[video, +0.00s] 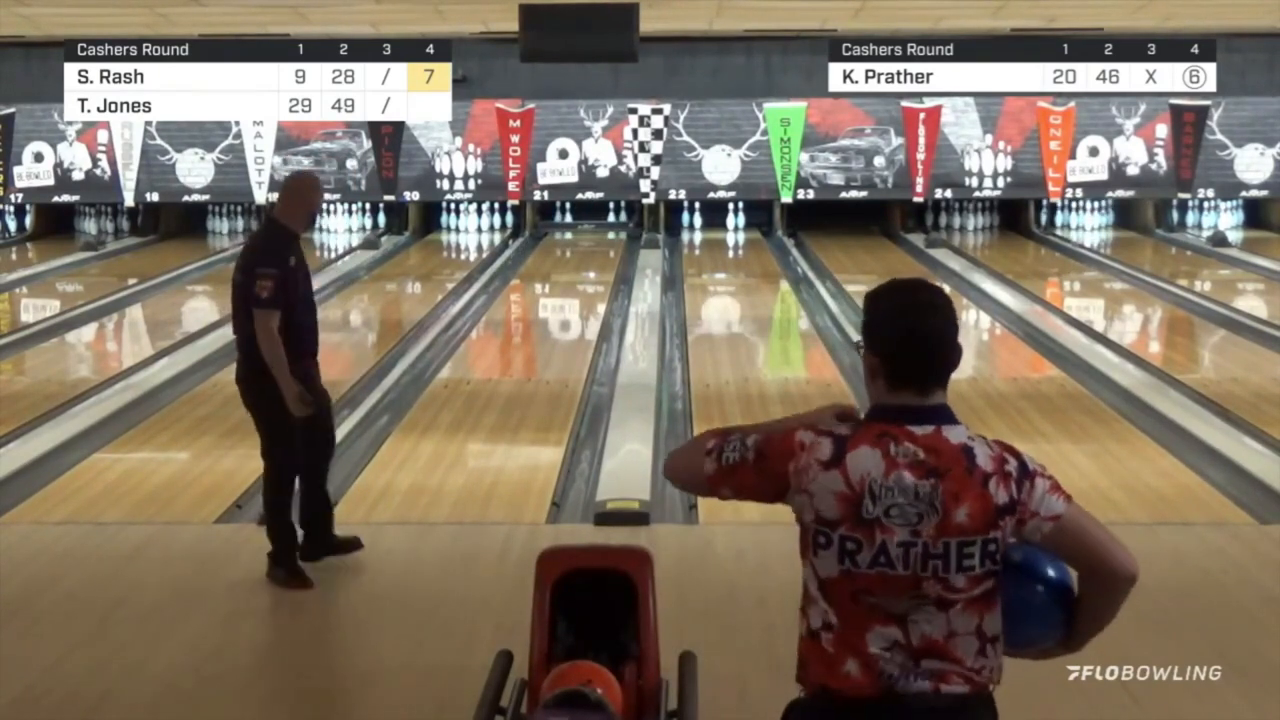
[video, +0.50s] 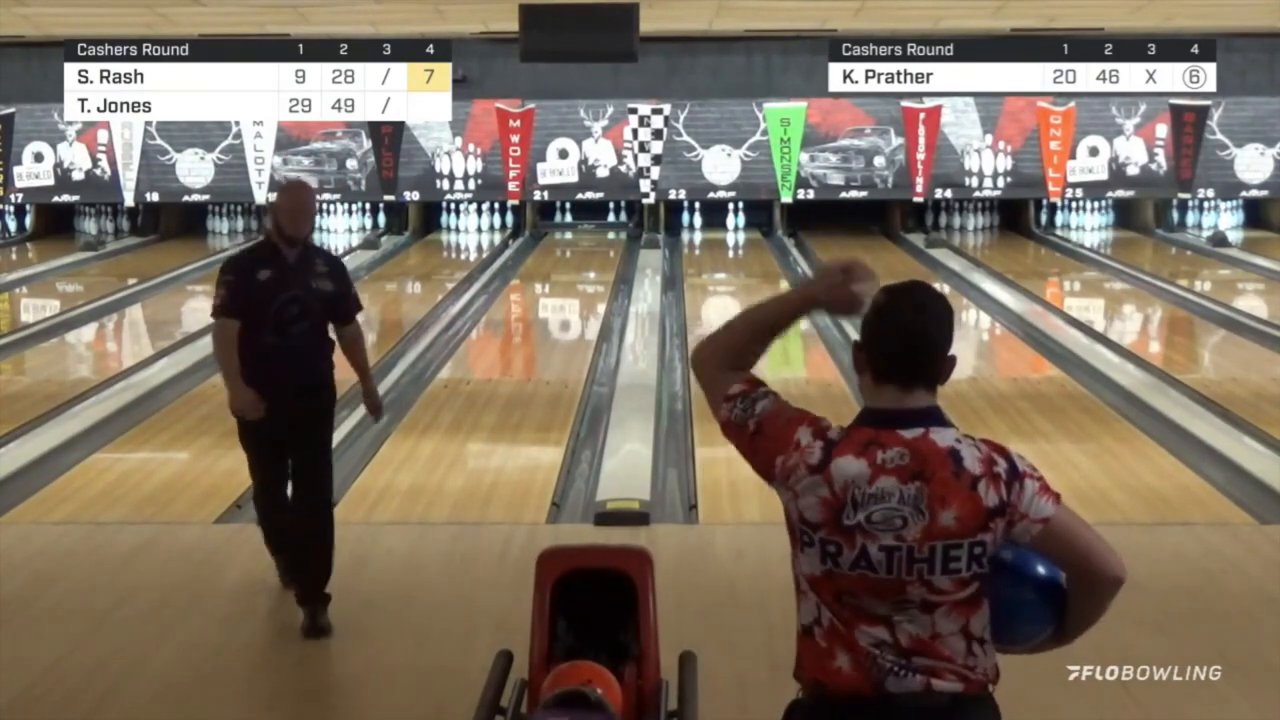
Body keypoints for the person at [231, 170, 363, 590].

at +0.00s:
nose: (318, 212)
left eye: (319, 204)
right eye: (314, 203)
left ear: (292, 201)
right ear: (295, 202)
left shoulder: (286, 246)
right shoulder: (268, 251)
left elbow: (291, 320)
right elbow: (265, 331)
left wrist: (310, 374)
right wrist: (289, 389)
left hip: (297, 370)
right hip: (267, 376)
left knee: (318, 448)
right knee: (282, 461)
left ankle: (318, 537)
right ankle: (282, 557)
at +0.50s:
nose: (304, 218)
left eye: (310, 209)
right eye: (297, 209)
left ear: (315, 213)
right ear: (276, 211)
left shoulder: (328, 267)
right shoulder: (241, 267)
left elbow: (348, 330)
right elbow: (224, 332)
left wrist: (368, 383)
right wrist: (235, 387)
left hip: (313, 395)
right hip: (258, 397)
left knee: (315, 492)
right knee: (269, 489)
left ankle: (316, 594)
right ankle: (285, 560)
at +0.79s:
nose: (265, 215)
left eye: (275, 207)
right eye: (259, 205)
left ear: (294, 210)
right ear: (249, 206)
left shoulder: (321, 263)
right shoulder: (228, 264)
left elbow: (351, 326)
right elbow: (200, 327)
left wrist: (362, 382)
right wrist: (172, 386)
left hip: (305, 403)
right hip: (246, 403)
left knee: (311, 506)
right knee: (240, 508)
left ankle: (313, 604)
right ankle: (263, 602)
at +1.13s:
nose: (210, 226)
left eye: (219, 217)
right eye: (202, 218)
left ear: (240, 216)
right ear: (193, 220)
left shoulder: (274, 273)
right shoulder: (184, 281)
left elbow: (302, 343)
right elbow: (178, 349)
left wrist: (296, 402)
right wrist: (161, 410)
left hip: (265, 420)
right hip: (204, 422)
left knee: (285, 518)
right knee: (207, 538)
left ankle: (306, 593)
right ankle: (215, 645)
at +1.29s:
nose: (191, 227)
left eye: (200, 218)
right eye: (183, 218)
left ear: (220, 216)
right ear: (173, 220)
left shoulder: (257, 275)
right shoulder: (161, 281)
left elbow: (282, 353)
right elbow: (151, 358)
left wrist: (287, 423)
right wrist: (141, 428)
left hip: (247, 428)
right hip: (185, 431)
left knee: (261, 534)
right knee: (197, 548)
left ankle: (275, 605)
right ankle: (215, 648)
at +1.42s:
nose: (186, 229)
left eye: (195, 220)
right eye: (178, 220)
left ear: (215, 219)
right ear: (165, 221)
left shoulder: (248, 279)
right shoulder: (146, 284)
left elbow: (279, 354)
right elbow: (129, 359)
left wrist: (293, 424)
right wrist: (121, 426)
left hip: (236, 432)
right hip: (174, 434)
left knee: (232, 548)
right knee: (190, 549)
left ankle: (244, 666)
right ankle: (211, 648)